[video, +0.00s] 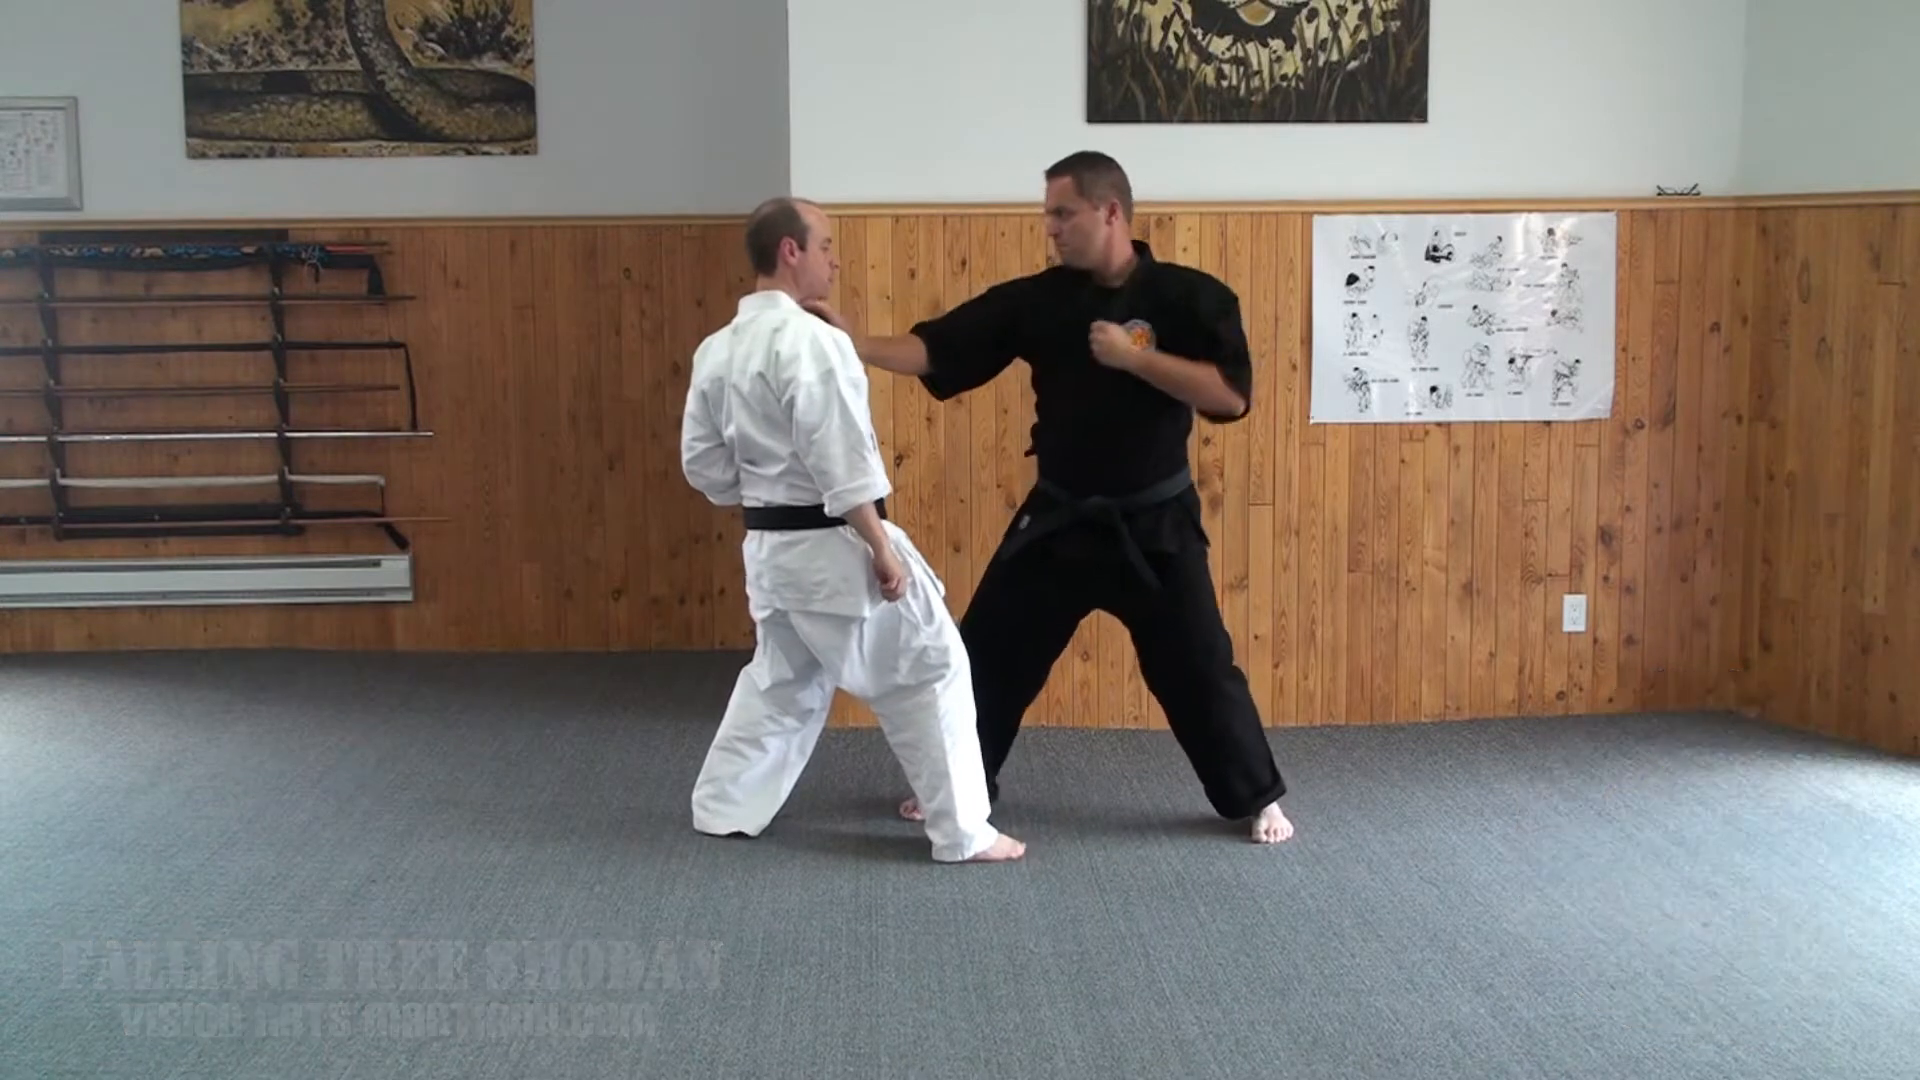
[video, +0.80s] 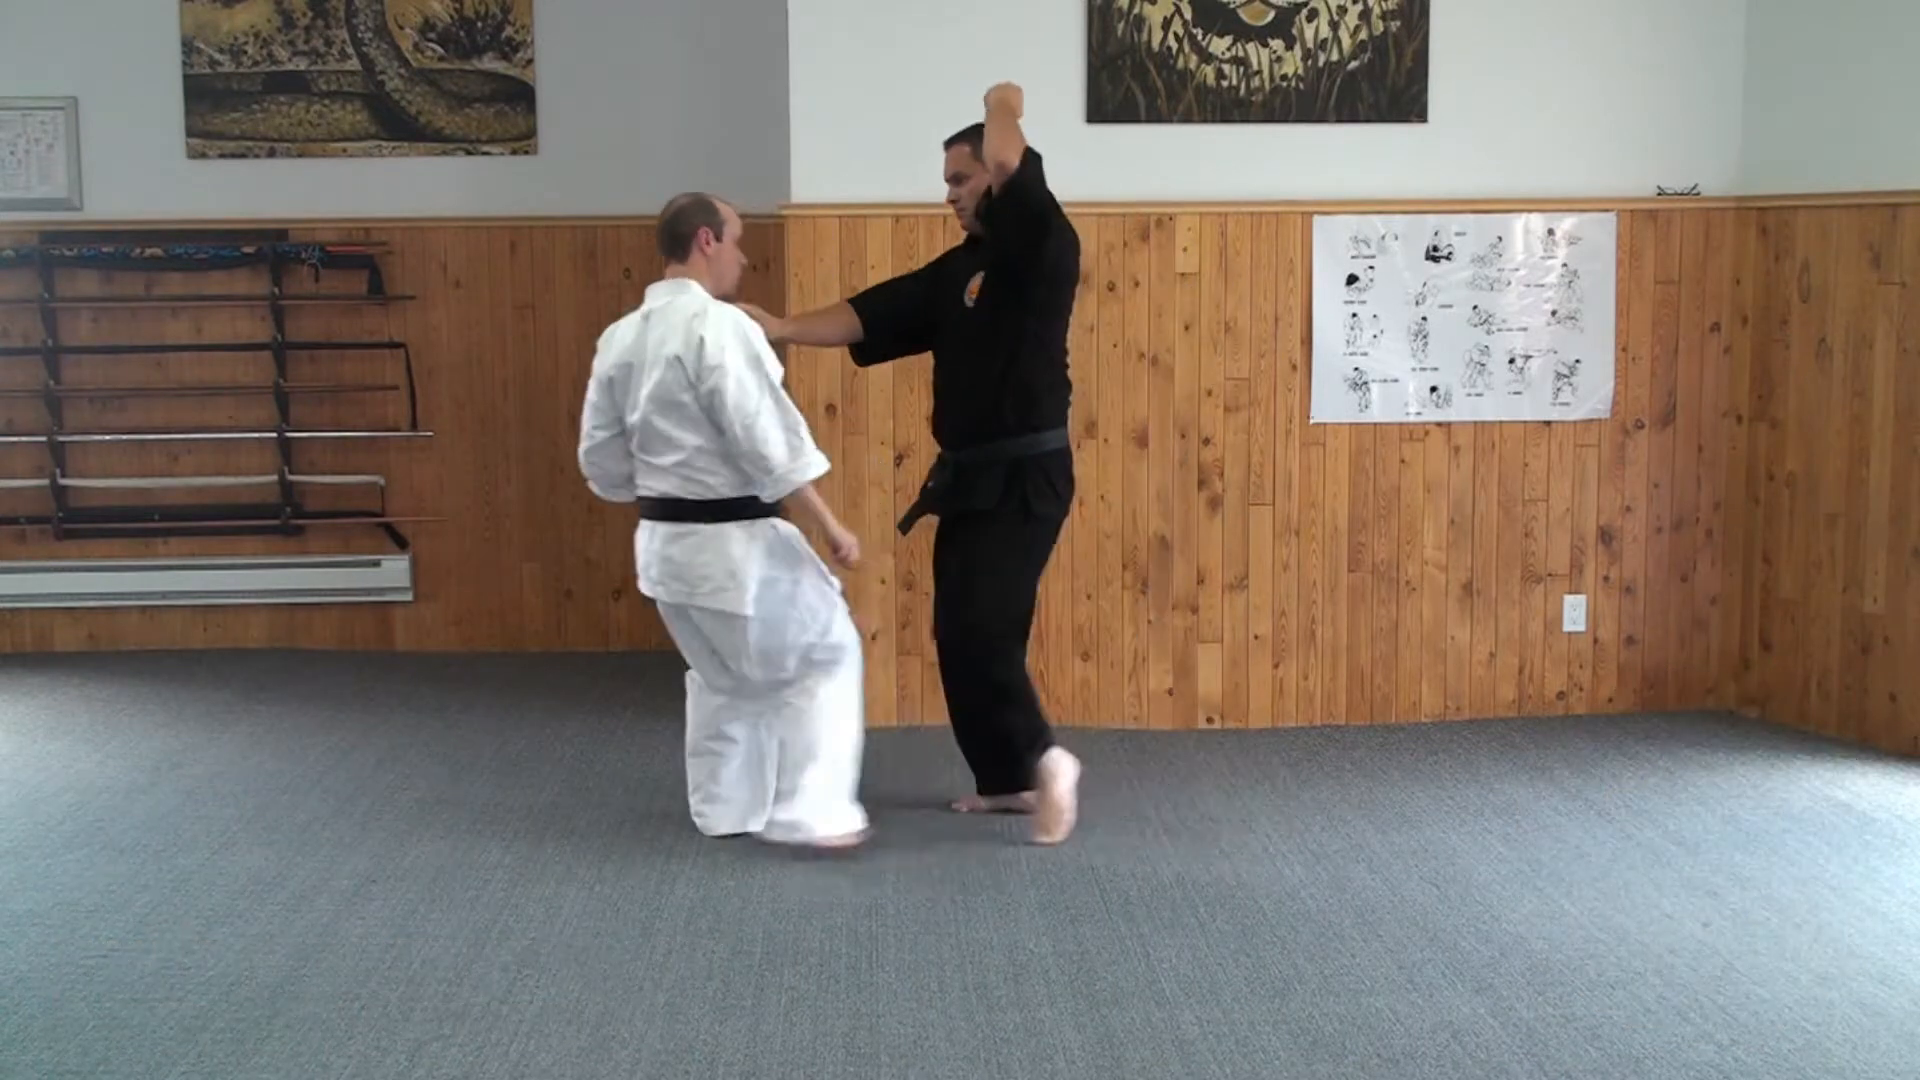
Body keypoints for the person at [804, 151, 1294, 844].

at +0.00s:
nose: (1051, 228)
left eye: (1063, 214)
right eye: (1048, 215)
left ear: (1113, 213)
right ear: (1051, 217)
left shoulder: (1192, 298)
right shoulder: (1034, 301)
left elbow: (1232, 397)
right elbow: (935, 348)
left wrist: (1136, 358)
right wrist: (848, 342)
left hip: (1155, 524)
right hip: (1054, 522)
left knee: (1200, 666)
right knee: (987, 655)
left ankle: (1260, 799)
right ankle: (957, 788)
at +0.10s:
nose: (1045, 218)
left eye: (1057, 205)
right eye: (1043, 206)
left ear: (1107, 202)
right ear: (1057, 209)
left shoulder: (1184, 283)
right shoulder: (1034, 297)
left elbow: (1239, 359)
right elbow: (937, 354)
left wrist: (1149, 307)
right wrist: (849, 348)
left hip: (1157, 512)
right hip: (1059, 513)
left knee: (1200, 659)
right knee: (989, 646)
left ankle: (1259, 800)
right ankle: (962, 782)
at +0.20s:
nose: (1032, 212)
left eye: (1043, 199)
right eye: (1030, 200)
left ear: (1090, 196)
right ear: (1070, 201)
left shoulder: (1160, 272)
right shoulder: (1027, 292)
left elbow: (1219, 302)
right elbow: (926, 354)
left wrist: (1131, 237)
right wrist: (833, 345)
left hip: (1143, 507)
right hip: (1049, 511)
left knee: (1189, 649)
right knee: (984, 639)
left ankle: (1258, 792)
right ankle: (1016, 777)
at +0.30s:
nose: (1015, 214)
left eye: (1025, 200)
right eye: (1013, 202)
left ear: (1074, 199)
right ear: (1051, 205)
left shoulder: (1125, 276)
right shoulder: (1011, 294)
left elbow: (1176, 253)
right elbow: (912, 350)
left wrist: (1106, 182)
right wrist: (824, 345)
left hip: (1118, 507)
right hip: (1030, 511)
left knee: (1172, 643)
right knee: (978, 639)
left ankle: (1259, 784)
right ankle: (1021, 781)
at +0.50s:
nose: (977, 207)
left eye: (987, 193)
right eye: (975, 196)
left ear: (1033, 193)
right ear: (992, 202)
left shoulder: (1072, 262)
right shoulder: (976, 287)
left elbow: (1073, 197)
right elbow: (883, 333)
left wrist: (1037, 130)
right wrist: (792, 333)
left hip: (1063, 491)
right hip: (991, 495)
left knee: (1101, 642)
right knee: (967, 644)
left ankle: (1218, 767)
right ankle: (1017, 784)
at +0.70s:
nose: (955, 198)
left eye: (965, 183)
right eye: (952, 187)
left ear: (1006, 177)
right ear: (964, 191)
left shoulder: (1048, 250)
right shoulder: (956, 276)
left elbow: (1019, 176)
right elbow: (865, 317)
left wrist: (1004, 118)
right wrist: (776, 324)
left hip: (1039, 473)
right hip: (972, 475)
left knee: (1011, 632)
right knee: (962, 634)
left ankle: (1111, 758)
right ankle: (1013, 781)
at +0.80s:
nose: (951, 194)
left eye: (962, 179)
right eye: (947, 182)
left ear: (1002, 175)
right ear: (955, 188)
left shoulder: (1043, 249)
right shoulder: (954, 270)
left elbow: (1012, 170)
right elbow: (868, 315)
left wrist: (1004, 109)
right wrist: (785, 328)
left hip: (1027, 469)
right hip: (968, 471)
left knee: (985, 628)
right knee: (958, 631)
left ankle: (1043, 763)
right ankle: (1003, 782)